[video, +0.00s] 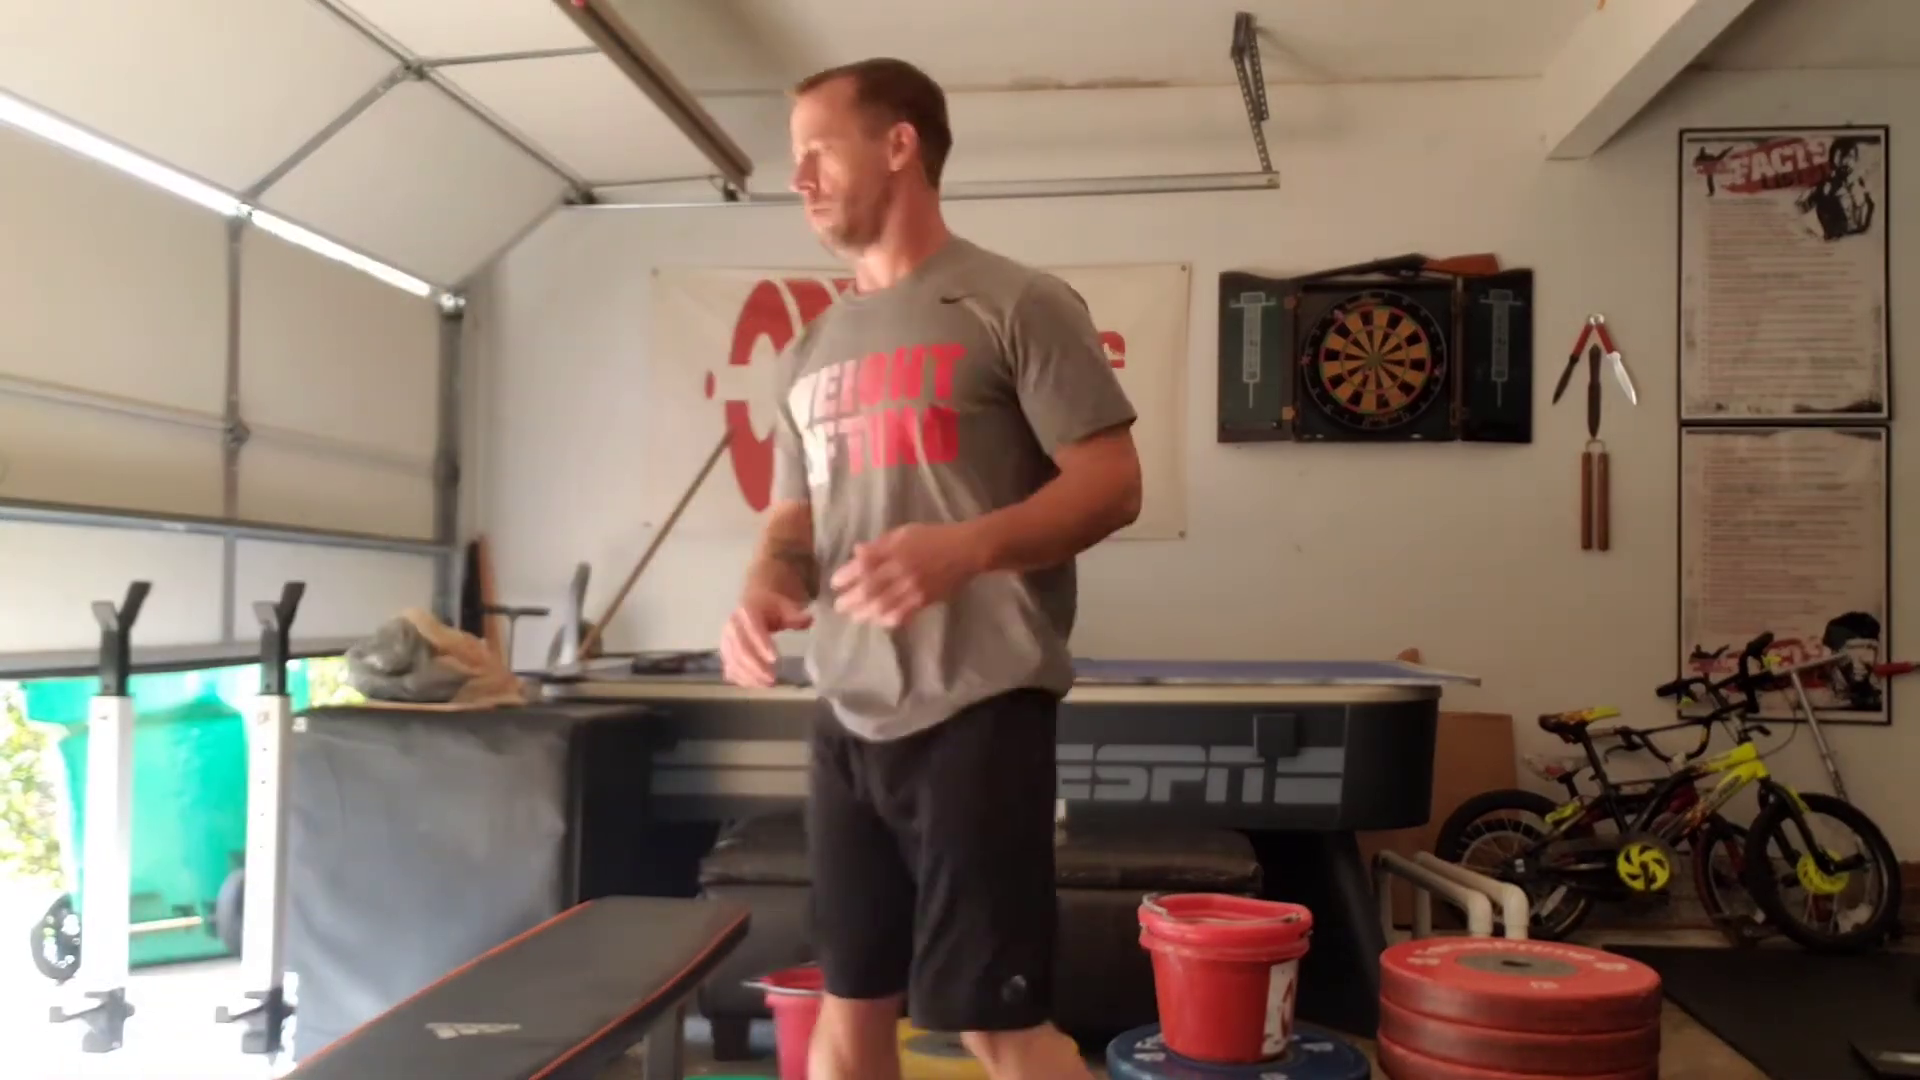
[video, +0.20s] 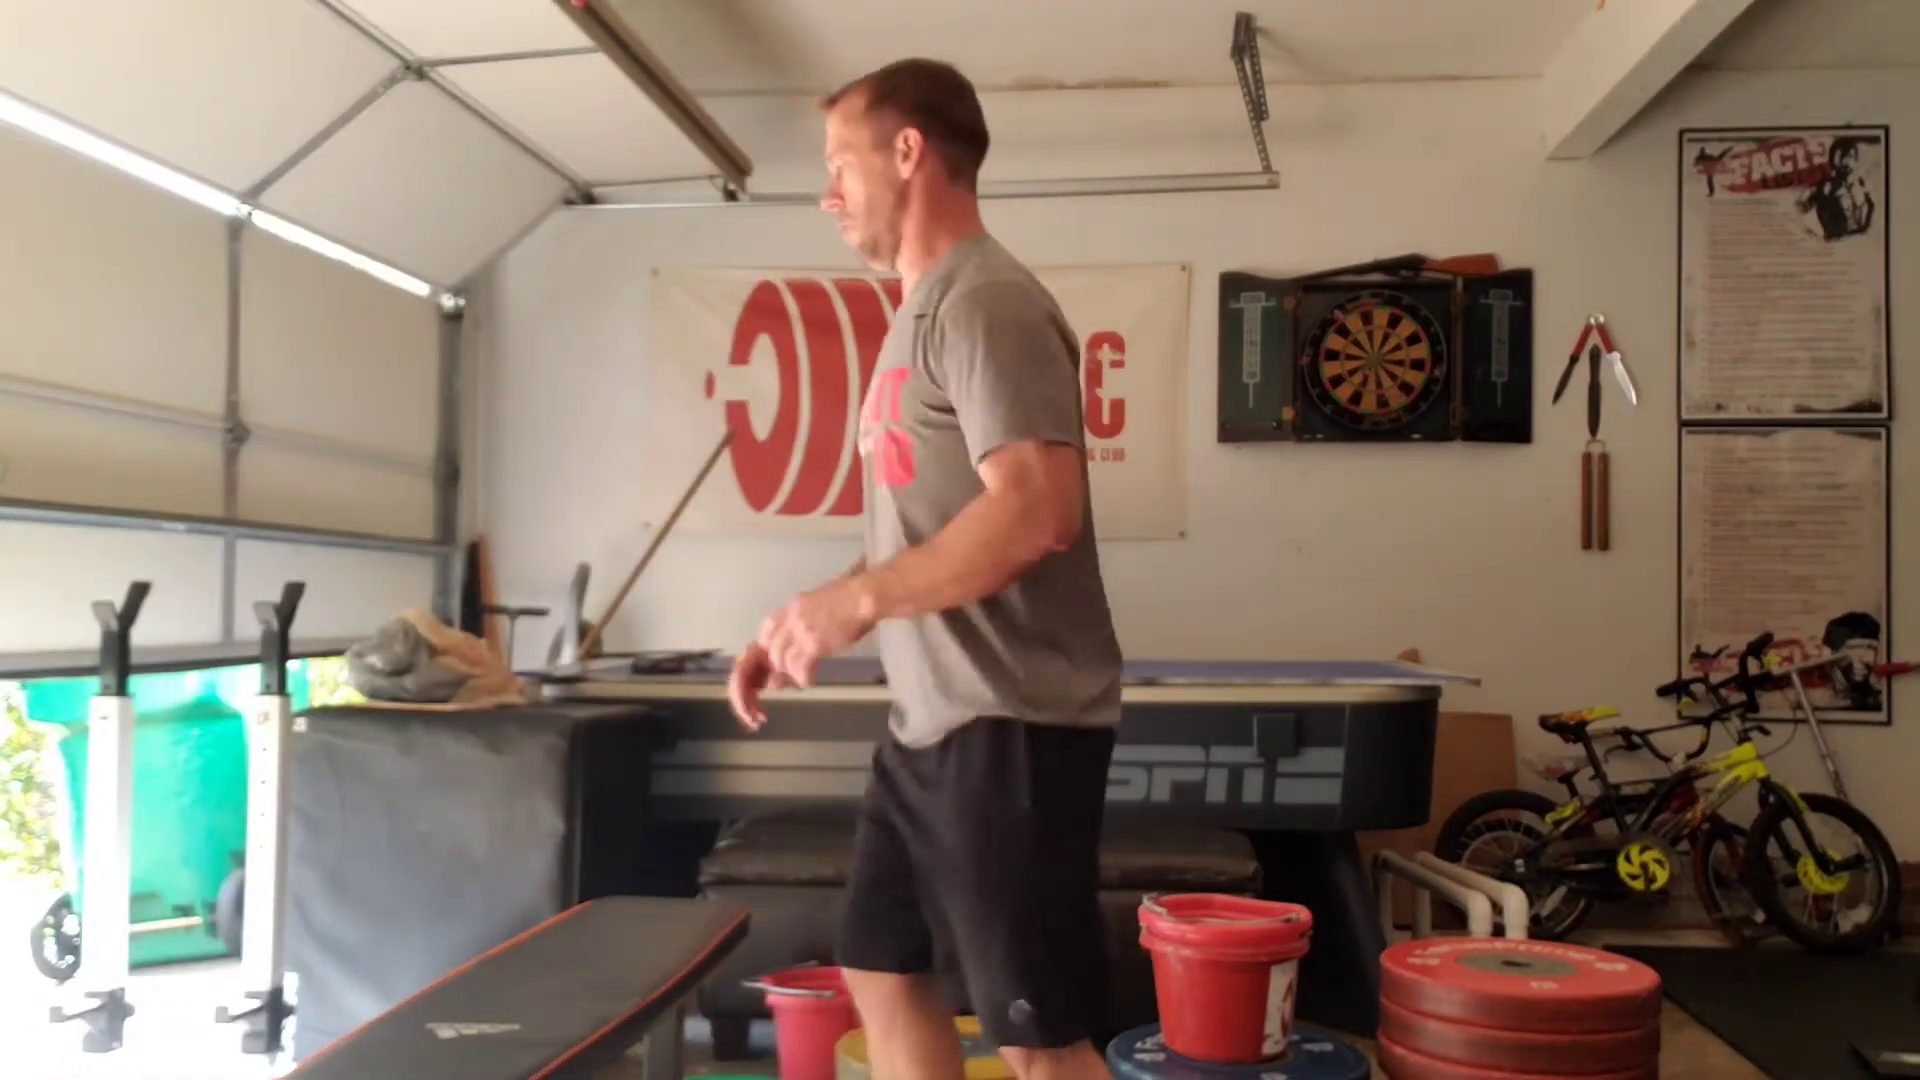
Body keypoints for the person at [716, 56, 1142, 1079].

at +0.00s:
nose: (801, 179)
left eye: (821, 153)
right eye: (796, 159)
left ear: (902, 149)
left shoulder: (1021, 306)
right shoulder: (810, 356)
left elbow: (1111, 485)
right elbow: (795, 523)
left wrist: (962, 548)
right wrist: (764, 591)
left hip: (980, 709)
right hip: (851, 715)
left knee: (1001, 1019)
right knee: (853, 1002)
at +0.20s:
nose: (828, 195)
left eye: (840, 165)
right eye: (828, 170)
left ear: (911, 154)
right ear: (907, 160)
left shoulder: (986, 302)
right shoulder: (925, 312)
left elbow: (1040, 506)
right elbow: (923, 533)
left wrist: (860, 598)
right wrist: (806, 627)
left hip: (1015, 721)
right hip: (932, 717)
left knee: (1042, 1034)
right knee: (883, 971)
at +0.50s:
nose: (775, 220)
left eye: (781, 189)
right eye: (771, 195)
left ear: (848, 174)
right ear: (858, 178)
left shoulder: (904, 291)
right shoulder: (924, 285)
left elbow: (988, 429)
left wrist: (924, 641)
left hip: (1009, 706)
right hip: (1017, 699)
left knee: (1002, 1033)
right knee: (1009, 1027)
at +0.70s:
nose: (685, 320)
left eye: (694, 290)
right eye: (685, 295)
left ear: (759, 282)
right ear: (764, 285)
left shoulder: (815, 381)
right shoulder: (816, 386)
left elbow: (994, 436)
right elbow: (989, 443)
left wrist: (1029, 647)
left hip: (1018, 731)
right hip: (1050, 726)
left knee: (876, 1023)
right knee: (959, 1012)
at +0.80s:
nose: (670, 381)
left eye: (684, 355)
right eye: (674, 357)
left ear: (744, 361)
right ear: (745, 365)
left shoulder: (800, 481)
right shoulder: (799, 471)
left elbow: (953, 627)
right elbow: (946, 642)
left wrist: (889, 822)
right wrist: (881, 798)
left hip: (1015, 812)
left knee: (861, 1061)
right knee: (939, 1059)